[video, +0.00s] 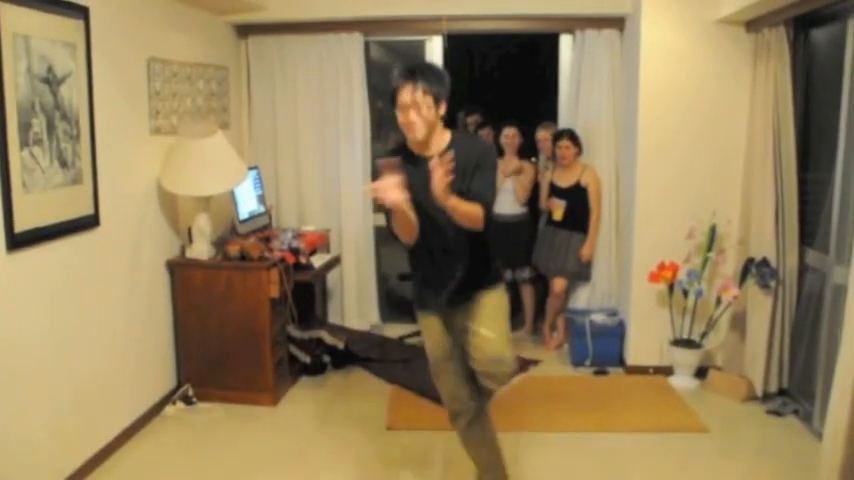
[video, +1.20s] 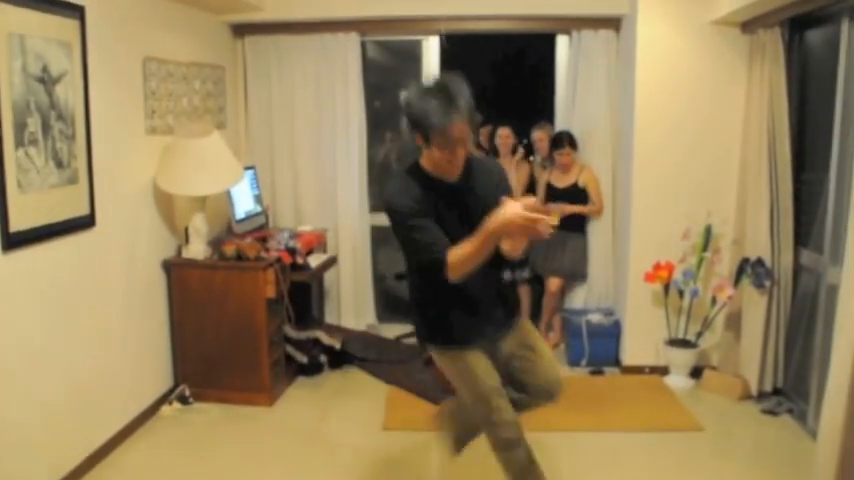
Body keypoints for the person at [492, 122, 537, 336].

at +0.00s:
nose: (509, 140)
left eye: (513, 136)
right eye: (506, 136)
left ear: (520, 140)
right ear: (500, 140)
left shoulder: (527, 167)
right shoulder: (495, 165)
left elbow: (523, 196)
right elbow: (491, 192)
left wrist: (515, 175)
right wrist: (501, 175)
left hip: (519, 218)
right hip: (497, 218)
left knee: (523, 274)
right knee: (500, 274)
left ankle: (528, 324)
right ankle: (500, 321)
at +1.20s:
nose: (505, 142)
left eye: (508, 137)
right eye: (501, 137)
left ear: (515, 140)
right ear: (494, 141)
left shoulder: (524, 166)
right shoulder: (489, 167)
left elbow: (518, 191)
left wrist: (510, 165)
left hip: (519, 228)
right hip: (497, 229)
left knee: (521, 277)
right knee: (500, 278)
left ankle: (525, 319)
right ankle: (501, 317)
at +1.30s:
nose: (503, 142)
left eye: (507, 138)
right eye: (499, 138)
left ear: (515, 141)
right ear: (494, 142)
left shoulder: (522, 166)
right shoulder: (488, 165)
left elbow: (517, 195)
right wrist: (516, 244)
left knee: (517, 278)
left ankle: (524, 324)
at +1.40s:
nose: (503, 143)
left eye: (507, 138)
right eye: (500, 139)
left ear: (516, 142)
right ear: (494, 142)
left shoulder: (523, 168)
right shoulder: (490, 168)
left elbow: (521, 195)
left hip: (516, 224)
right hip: (494, 224)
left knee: (516, 276)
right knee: (497, 276)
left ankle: (524, 321)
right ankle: (499, 317)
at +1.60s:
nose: (505, 140)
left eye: (509, 135)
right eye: (501, 135)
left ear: (516, 139)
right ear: (494, 139)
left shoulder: (522, 164)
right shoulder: (491, 164)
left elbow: (519, 190)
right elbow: (485, 190)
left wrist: (513, 160)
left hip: (517, 218)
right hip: (494, 218)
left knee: (519, 276)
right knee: (497, 275)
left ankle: (523, 322)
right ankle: (498, 318)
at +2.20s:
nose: (502, 140)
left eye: (506, 135)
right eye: (499, 136)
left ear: (514, 138)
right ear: (493, 138)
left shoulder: (519, 159)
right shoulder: (490, 159)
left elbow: (517, 189)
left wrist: (517, 164)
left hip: (514, 213)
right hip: (493, 212)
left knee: (516, 269)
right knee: (500, 268)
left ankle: (521, 318)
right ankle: (505, 319)